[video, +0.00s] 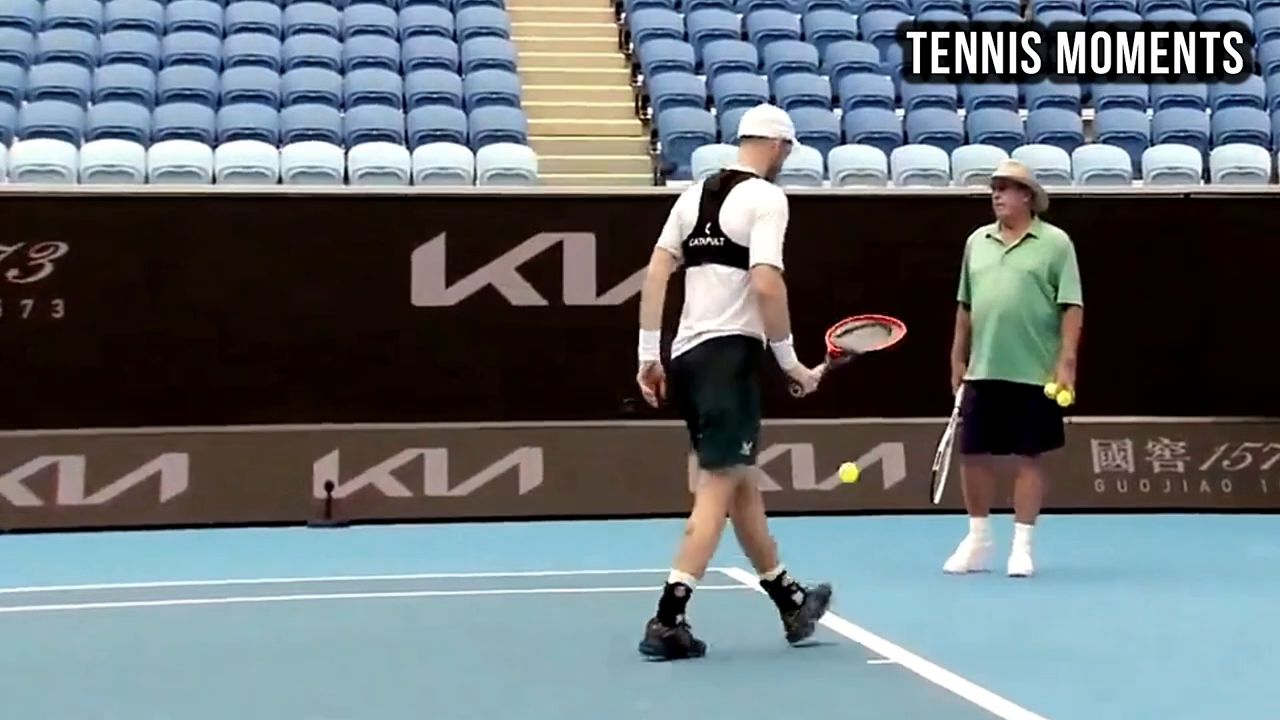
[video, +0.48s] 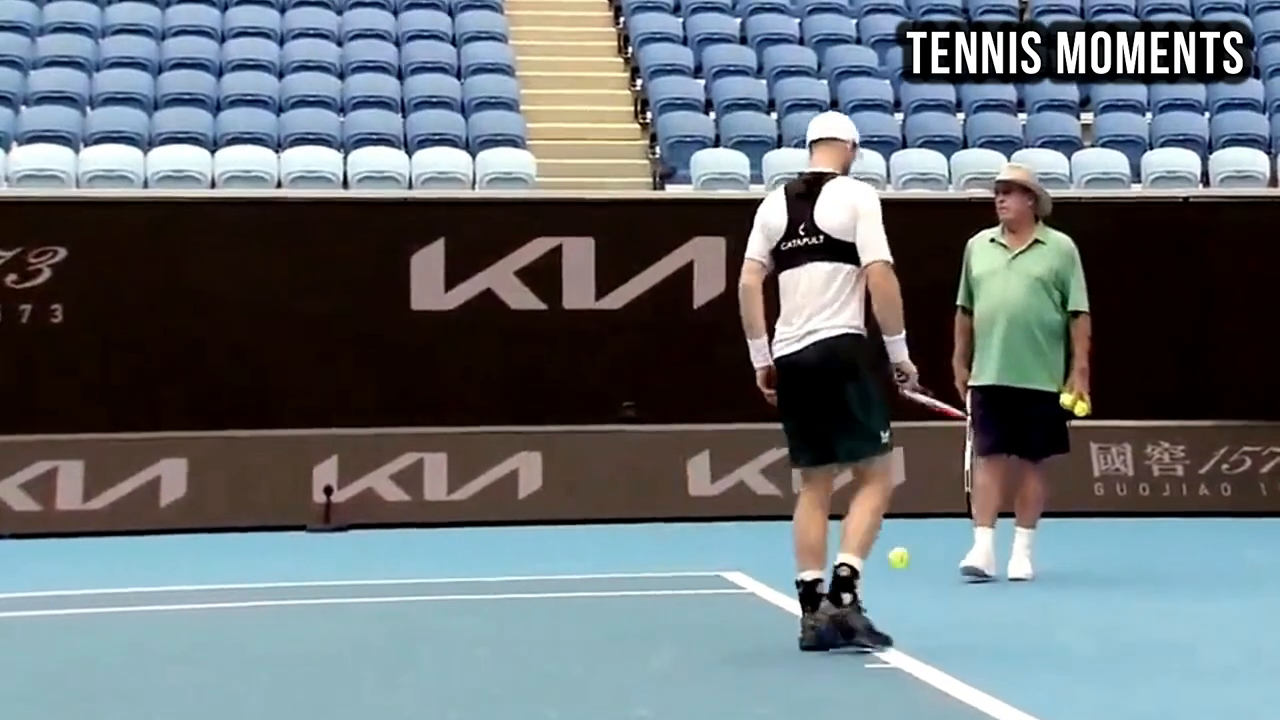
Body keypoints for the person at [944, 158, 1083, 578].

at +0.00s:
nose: (999, 194)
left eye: (1008, 189)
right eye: (996, 188)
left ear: (1030, 197)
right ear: (992, 195)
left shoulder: (1056, 242)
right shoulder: (978, 241)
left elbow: (1072, 308)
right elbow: (965, 310)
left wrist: (1066, 362)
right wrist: (958, 367)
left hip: (1035, 373)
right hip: (982, 369)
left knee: (1028, 458)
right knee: (973, 454)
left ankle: (1022, 544)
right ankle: (978, 538)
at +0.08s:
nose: (1001, 195)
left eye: (1010, 189)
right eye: (998, 189)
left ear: (1032, 197)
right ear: (994, 196)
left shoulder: (1058, 243)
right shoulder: (979, 242)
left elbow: (1075, 309)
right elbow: (966, 310)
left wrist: (1070, 363)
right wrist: (959, 366)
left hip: (1036, 373)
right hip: (984, 370)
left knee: (1028, 458)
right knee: (974, 454)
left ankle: (1023, 545)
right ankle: (981, 538)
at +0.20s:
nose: (1002, 197)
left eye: (1012, 191)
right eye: (1000, 191)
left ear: (1034, 199)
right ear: (996, 199)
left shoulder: (1061, 246)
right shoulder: (981, 244)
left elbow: (1078, 312)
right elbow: (967, 309)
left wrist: (1074, 368)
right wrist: (960, 361)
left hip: (1039, 374)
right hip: (985, 371)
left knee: (1029, 460)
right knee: (977, 455)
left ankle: (1024, 547)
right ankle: (984, 540)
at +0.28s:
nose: (1003, 199)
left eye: (1012, 193)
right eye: (1000, 193)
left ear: (1034, 200)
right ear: (997, 200)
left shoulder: (1061, 247)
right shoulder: (981, 245)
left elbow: (1079, 313)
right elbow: (967, 310)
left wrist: (1076, 371)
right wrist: (960, 362)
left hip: (1040, 377)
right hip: (987, 373)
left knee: (1031, 462)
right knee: (983, 459)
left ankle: (1024, 549)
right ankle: (983, 546)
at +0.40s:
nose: (1003, 201)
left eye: (1012, 195)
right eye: (1000, 194)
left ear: (1034, 202)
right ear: (997, 202)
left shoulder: (1062, 250)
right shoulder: (980, 247)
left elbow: (1080, 317)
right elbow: (966, 312)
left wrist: (1078, 375)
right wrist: (961, 365)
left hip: (1041, 378)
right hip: (988, 375)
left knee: (1031, 464)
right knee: (987, 461)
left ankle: (1023, 551)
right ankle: (982, 550)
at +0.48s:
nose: (1002, 199)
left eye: (1011, 193)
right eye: (999, 193)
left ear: (1033, 200)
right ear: (995, 200)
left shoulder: (1061, 247)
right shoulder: (978, 245)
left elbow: (1079, 314)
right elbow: (965, 311)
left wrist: (1079, 373)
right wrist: (960, 362)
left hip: (1041, 375)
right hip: (988, 372)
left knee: (1031, 462)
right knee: (988, 458)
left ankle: (1023, 549)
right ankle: (982, 546)